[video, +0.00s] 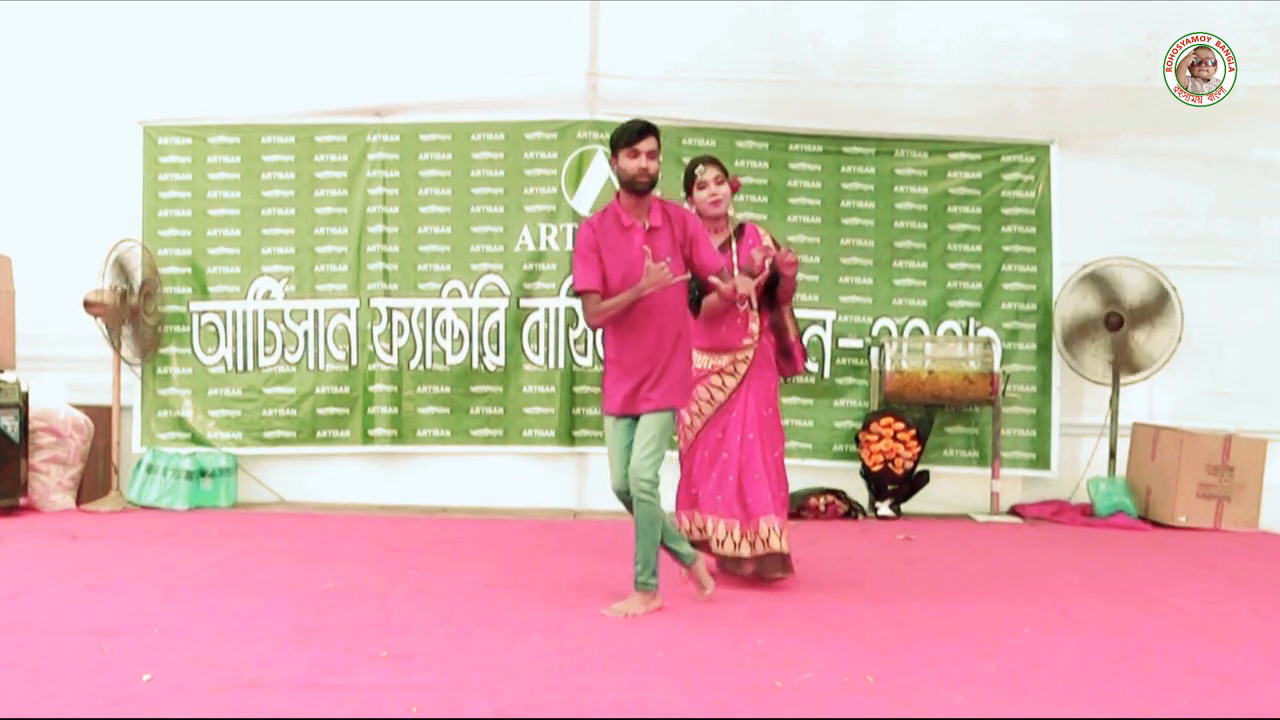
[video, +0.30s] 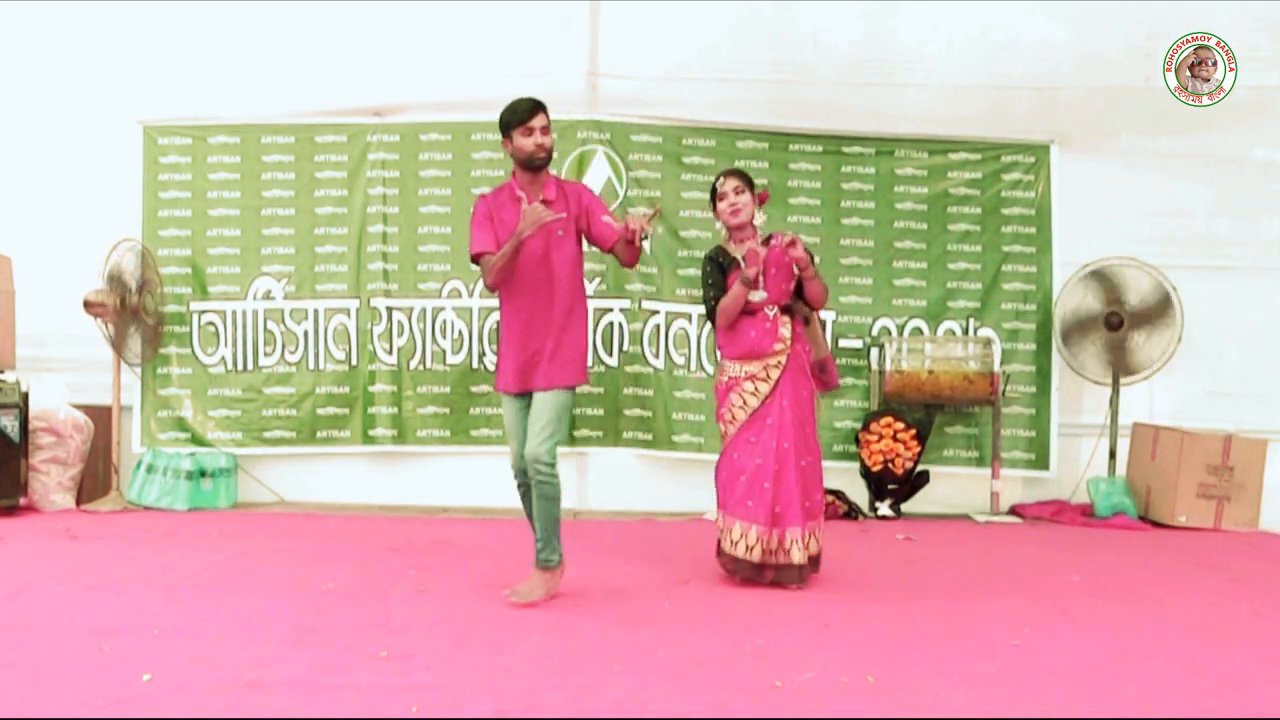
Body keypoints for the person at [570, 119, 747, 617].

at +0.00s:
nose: (645, 163)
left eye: (652, 155)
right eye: (634, 155)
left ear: (660, 162)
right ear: (615, 162)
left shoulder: (679, 219)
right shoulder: (594, 229)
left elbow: (719, 275)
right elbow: (593, 314)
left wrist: (735, 282)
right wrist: (640, 287)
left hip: (669, 368)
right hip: (621, 371)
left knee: (642, 477)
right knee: (622, 484)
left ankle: (646, 591)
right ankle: (690, 557)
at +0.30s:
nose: (541, 139)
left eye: (546, 131)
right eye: (530, 133)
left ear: (554, 137)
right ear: (508, 142)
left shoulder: (576, 195)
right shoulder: (491, 205)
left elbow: (625, 256)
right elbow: (491, 279)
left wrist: (633, 234)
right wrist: (521, 232)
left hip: (564, 346)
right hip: (516, 347)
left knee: (537, 453)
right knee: (520, 463)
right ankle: (548, 559)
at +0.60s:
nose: (455, 156)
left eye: (459, 147)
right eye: (444, 150)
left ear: (468, 154)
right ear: (424, 161)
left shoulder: (497, 215)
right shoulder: (409, 228)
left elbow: (543, 279)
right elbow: (416, 309)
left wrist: (538, 269)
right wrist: (448, 274)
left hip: (478, 367)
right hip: (430, 368)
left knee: (447, 474)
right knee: (413, 475)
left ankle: (443, 580)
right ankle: (462, 531)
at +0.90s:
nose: (387, 146)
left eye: (392, 135)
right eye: (375, 141)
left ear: (403, 136)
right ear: (360, 152)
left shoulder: (440, 189)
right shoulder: (355, 211)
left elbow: (500, 243)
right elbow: (367, 288)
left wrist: (481, 219)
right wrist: (384, 243)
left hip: (430, 345)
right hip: (382, 347)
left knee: (394, 459)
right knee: (382, 463)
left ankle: (367, 573)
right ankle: (404, 555)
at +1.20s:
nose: (348, 158)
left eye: (353, 147)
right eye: (335, 154)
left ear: (366, 148)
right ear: (323, 168)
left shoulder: (407, 195)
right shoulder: (324, 228)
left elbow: (457, 256)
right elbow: (331, 311)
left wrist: (420, 240)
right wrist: (322, 275)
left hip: (408, 357)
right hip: (358, 358)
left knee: (375, 465)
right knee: (333, 461)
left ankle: (351, 571)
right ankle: (337, 564)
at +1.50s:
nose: (367, 165)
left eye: (372, 152)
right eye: (354, 160)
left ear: (386, 152)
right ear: (343, 172)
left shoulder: (429, 202)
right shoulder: (350, 236)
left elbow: (460, 277)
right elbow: (353, 325)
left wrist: (415, 260)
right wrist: (321, 293)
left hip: (435, 362)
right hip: (380, 365)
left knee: (408, 474)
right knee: (352, 473)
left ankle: (382, 587)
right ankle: (340, 559)